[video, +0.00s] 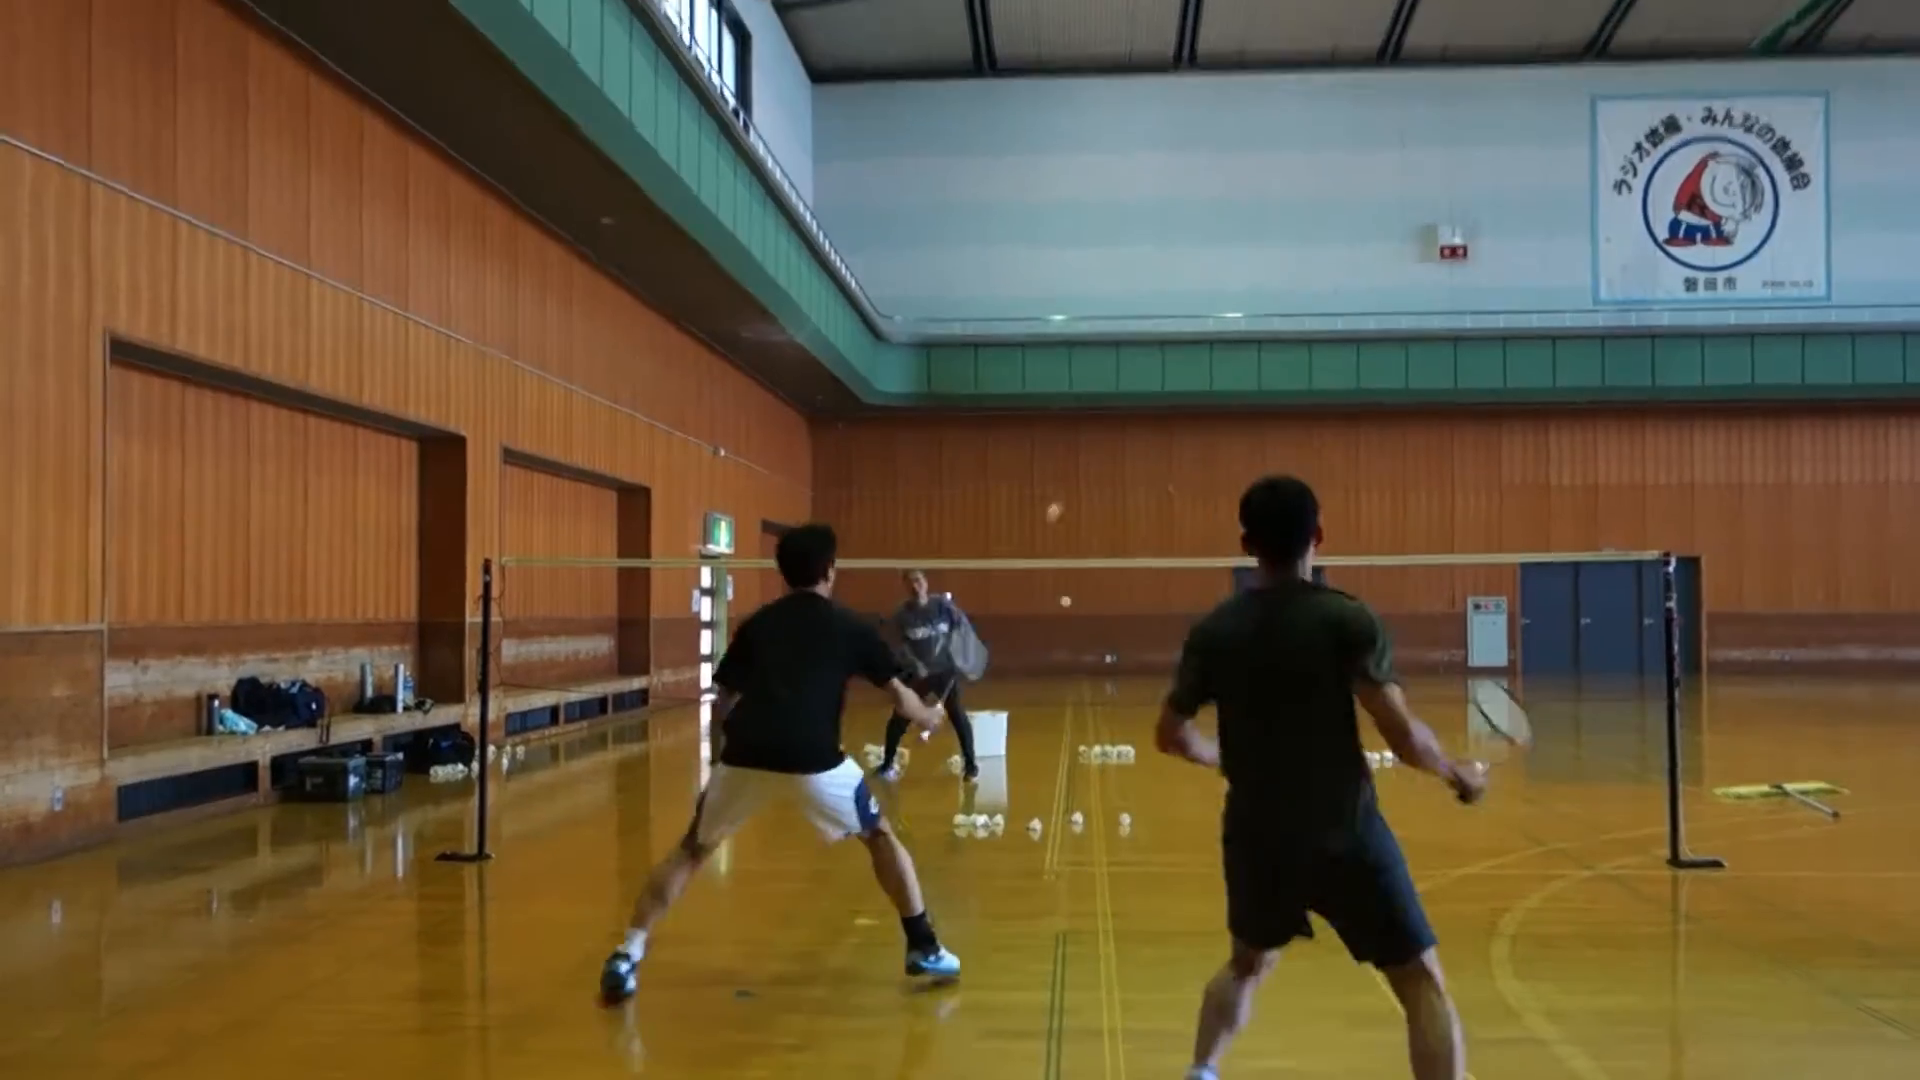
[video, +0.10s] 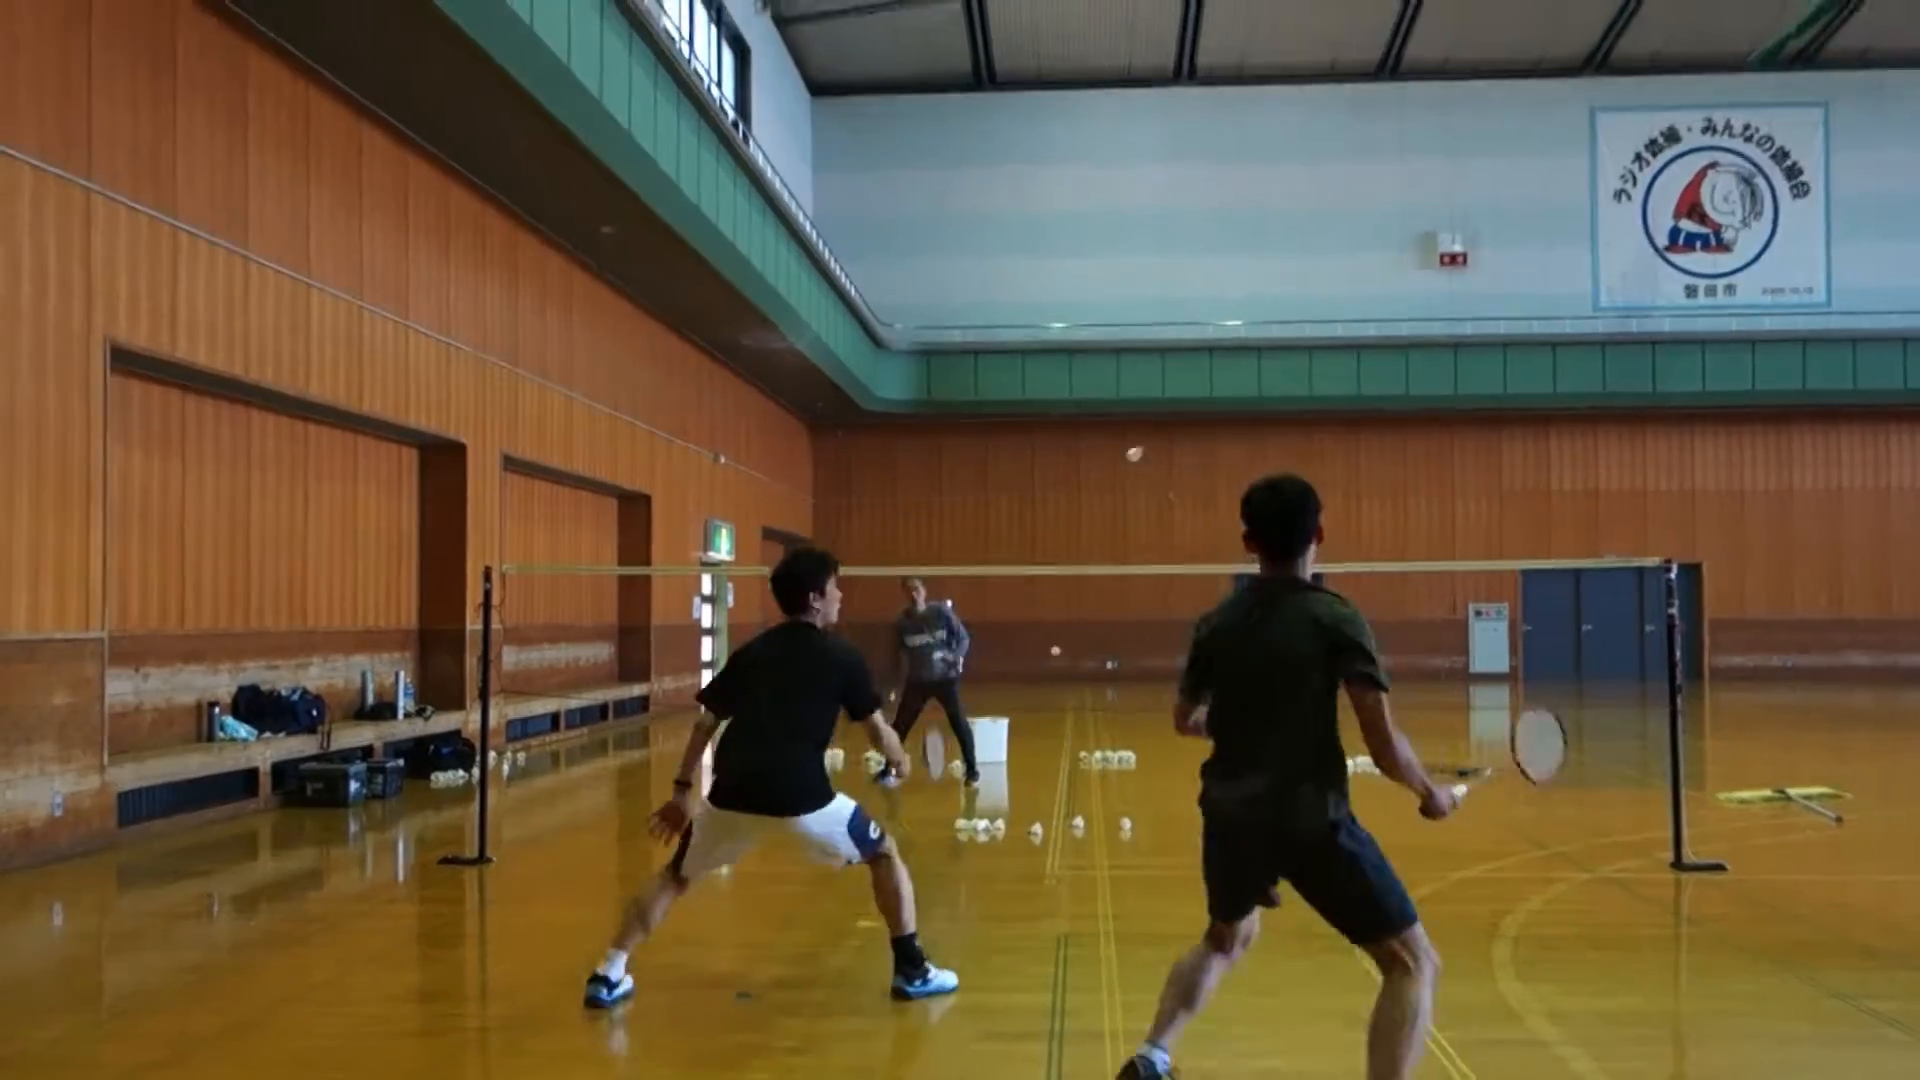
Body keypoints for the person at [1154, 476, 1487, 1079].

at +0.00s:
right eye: (1315, 529)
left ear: (1247, 541)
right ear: (1316, 536)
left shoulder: (1219, 628)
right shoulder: (1346, 620)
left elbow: (1170, 735)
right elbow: (1404, 737)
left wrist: (1231, 758)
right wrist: (1452, 771)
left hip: (1255, 829)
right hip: (1344, 829)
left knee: (1244, 965)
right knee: (1419, 982)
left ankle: (1202, 1069)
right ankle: (1447, 1076)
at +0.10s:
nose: (1323, 534)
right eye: (1320, 526)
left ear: (1250, 538)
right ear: (1318, 534)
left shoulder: (1220, 620)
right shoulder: (1333, 617)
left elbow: (1187, 718)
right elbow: (1383, 745)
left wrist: (1242, 721)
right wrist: (1428, 790)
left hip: (1230, 815)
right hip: (1312, 821)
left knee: (1223, 938)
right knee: (1411, 963)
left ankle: (1153, 1054)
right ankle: (1387, 1074)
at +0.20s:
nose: (1303, 554)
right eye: (1301, 547)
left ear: (1233, 560)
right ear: (1299, 557)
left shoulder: (1210, 634)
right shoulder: (1330, 640)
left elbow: (1157, 692)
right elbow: (1379, 756)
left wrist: (1207, 642)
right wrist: (1418, 784)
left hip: (1219, 828)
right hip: (1297, 837)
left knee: (1185, 943)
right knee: (1357, 991)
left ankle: (1137, 1069)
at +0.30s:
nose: (1272, 503)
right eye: (1274, 494)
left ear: (1208, 504)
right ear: (1272, 504)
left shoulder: (1178, 574)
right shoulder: (1306, 579)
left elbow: (1126, 598)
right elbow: (1381, 668)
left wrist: (1138, 567)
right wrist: (1430, 671)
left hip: (1199, 762)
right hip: (1284, 768)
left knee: (1147, 880)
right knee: (1331, 910)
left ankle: (1133, 1012)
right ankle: (1336, 1021)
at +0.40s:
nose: (1293, 461)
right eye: (1291, 453)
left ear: (1226, 462)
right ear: (1286, 464)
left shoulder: (1189, 519)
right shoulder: (1303, 532)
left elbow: (1102, 523)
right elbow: (1399, 591)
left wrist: (1058, 540)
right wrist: (1433, 534)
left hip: (1185, 718)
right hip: (1269, 720)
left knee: (1142, 848)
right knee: (1344, 826)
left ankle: (1124, 981)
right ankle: (1315, 929)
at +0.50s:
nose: (1315, 452)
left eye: (1309, 442)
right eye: (1313, 444)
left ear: (1251, 451)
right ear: (1306, 454)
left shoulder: (1206, 499)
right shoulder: (1314, 518)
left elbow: (1116, 531)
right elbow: (1418, 560)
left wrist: (1079, 595)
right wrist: (1437, 484)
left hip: (1185, 678)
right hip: (1265, 679)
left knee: (1140, 811)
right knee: (1352, 766)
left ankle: (1108, 943)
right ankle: (1323, 895)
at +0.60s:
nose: (1322, 466)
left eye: (1316, 458)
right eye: (1321, 459)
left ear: (1261, 465)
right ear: (1316, 468)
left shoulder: (1222, 511)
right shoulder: (1329, 529)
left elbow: (1149, 567)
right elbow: (1410, 543)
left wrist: (1137, 632)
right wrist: (1458, 512)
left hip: (1193, 675)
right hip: (1271, 682)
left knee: (1145, 813)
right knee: (1332, 776)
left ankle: (1105, 948)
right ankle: (1342, 905)